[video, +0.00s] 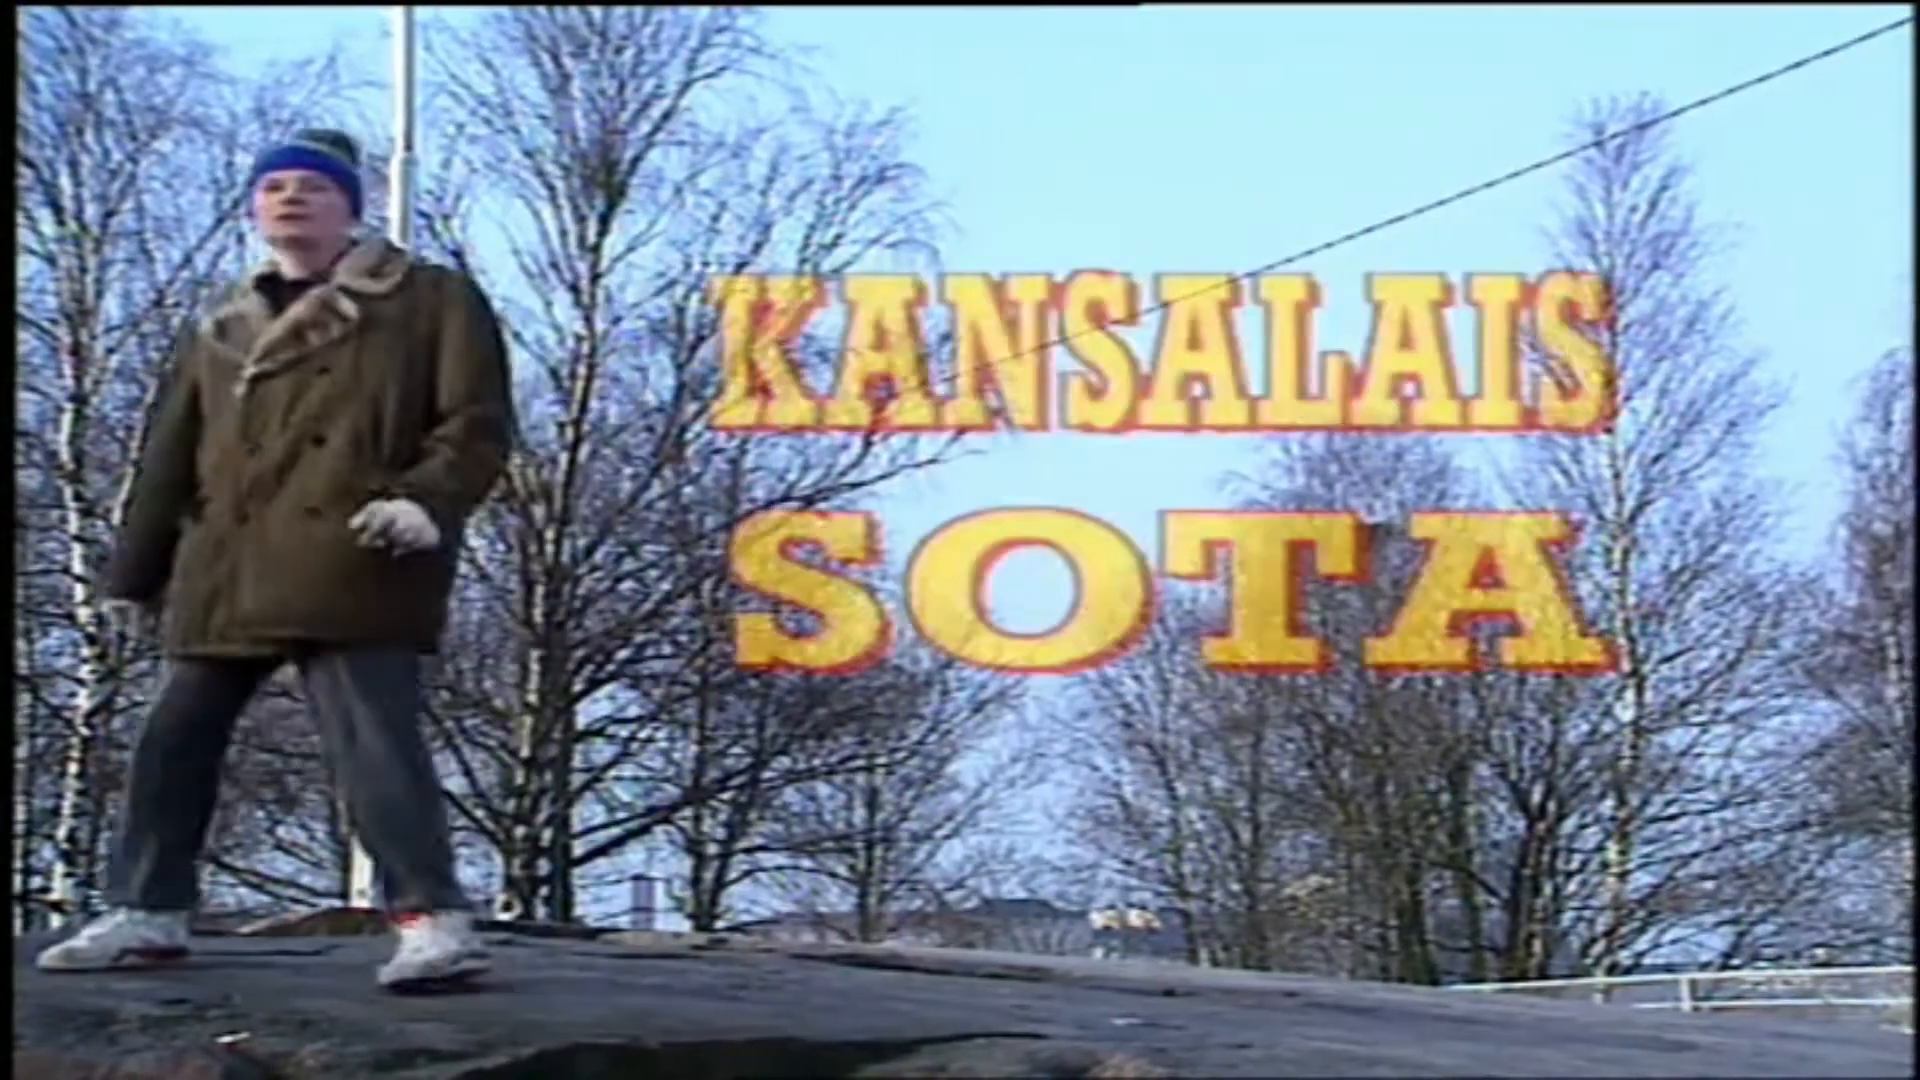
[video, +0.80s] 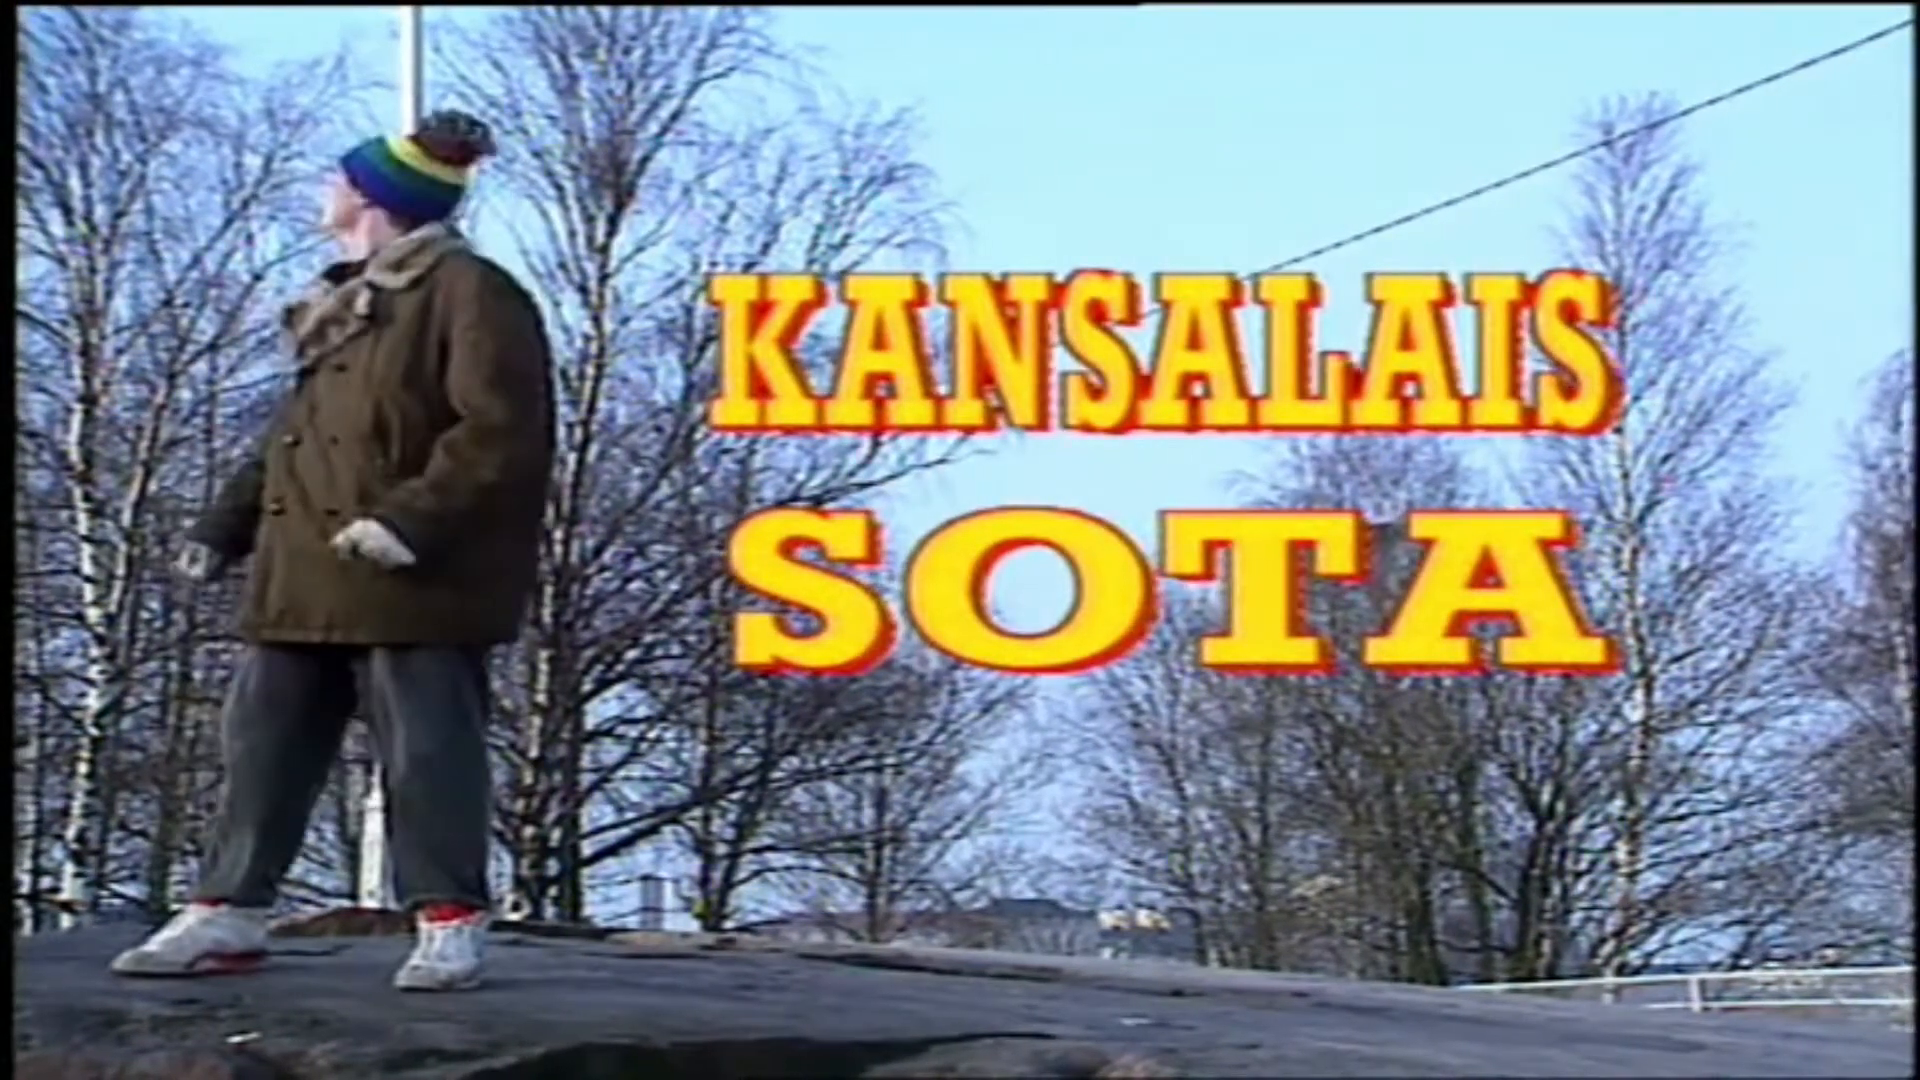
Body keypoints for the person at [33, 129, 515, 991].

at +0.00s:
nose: (286, 205)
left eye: (308, 193)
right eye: (272, 193)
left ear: (351, 210)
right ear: (253, 212)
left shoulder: (432, 300)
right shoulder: (221, 331)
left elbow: (478, 424)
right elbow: (167, 464)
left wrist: (429, 498)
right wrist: (130, 573)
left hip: (356, 565)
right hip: (231, 570)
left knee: (373, 741)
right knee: (175, 732)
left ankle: (432, 918)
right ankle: (149, 913)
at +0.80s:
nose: (326, 208)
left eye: (337, 194)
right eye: (331, 193)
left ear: (375, 204)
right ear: (385, 206)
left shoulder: (473, 291)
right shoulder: (342, 307)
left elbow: (503, 436)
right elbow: (299, 438)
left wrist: (407, 521)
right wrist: (231, 517)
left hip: (419, 573)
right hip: (307, 568)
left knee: (428, 746)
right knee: (267, 733)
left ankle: (451, 919)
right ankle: (231, 910)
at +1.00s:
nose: (352, 209)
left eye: (360, 197)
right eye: (359, 196)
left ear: (381, 203)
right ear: (418, 205)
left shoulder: (450, 286)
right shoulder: (359, 293)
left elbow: (482, 435)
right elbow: (329, 435)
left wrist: (430, 533)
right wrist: (264, 506)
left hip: (396, 569)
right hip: (306, 566)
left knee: (416, 744)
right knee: (269, 742)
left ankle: (451, 918)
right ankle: (233, 909)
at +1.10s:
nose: (360, 207)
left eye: (370, 195)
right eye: (366, 194)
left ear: (397, 203)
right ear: (424, 204)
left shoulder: (447, 285)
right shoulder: (370, 289)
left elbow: (466, 433)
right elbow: (344, 431)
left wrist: (425, 546)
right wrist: (289, 526)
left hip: (390, 570)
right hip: (306, 567)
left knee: (410, 741)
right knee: (272, 740)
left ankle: (452, 918)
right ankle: (234, 910)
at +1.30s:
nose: (367, 201)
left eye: (381, 190)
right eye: (374, 188)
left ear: (414, 206)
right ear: (419, 205)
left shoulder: (465, 296)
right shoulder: (367, 296)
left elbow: (472, 446)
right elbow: (345, 433)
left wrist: (418, 551)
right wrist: (295, 537)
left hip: (399, 569)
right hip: (305, 563)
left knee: (414, 725)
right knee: (263, 716)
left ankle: (458, 916)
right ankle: (237, 905)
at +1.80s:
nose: (328, 183)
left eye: (352, 174)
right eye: (316, 174)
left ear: (394, 202)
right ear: (296, 202)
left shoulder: (459, 292)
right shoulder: (239, 310)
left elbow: (506, 377)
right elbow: (163, 397)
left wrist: (424, 407)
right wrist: (96, 436)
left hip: (408, 576)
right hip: (270, 577)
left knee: (428, 747)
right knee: (240, 735)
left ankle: (457, 915)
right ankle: (235, 914)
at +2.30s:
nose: (362, 178)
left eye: (385, 171)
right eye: (349, 171)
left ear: (427, 204)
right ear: (328, 202)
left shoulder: (480, 278)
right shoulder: (279, 284)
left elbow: (517, 354)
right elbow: (193, 374)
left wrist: (399, 317)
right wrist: (187, 323)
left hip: (429, 547)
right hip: (287, 547)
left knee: (433, 740)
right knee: (265, 729)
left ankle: (450, 917)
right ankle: (249, 912)